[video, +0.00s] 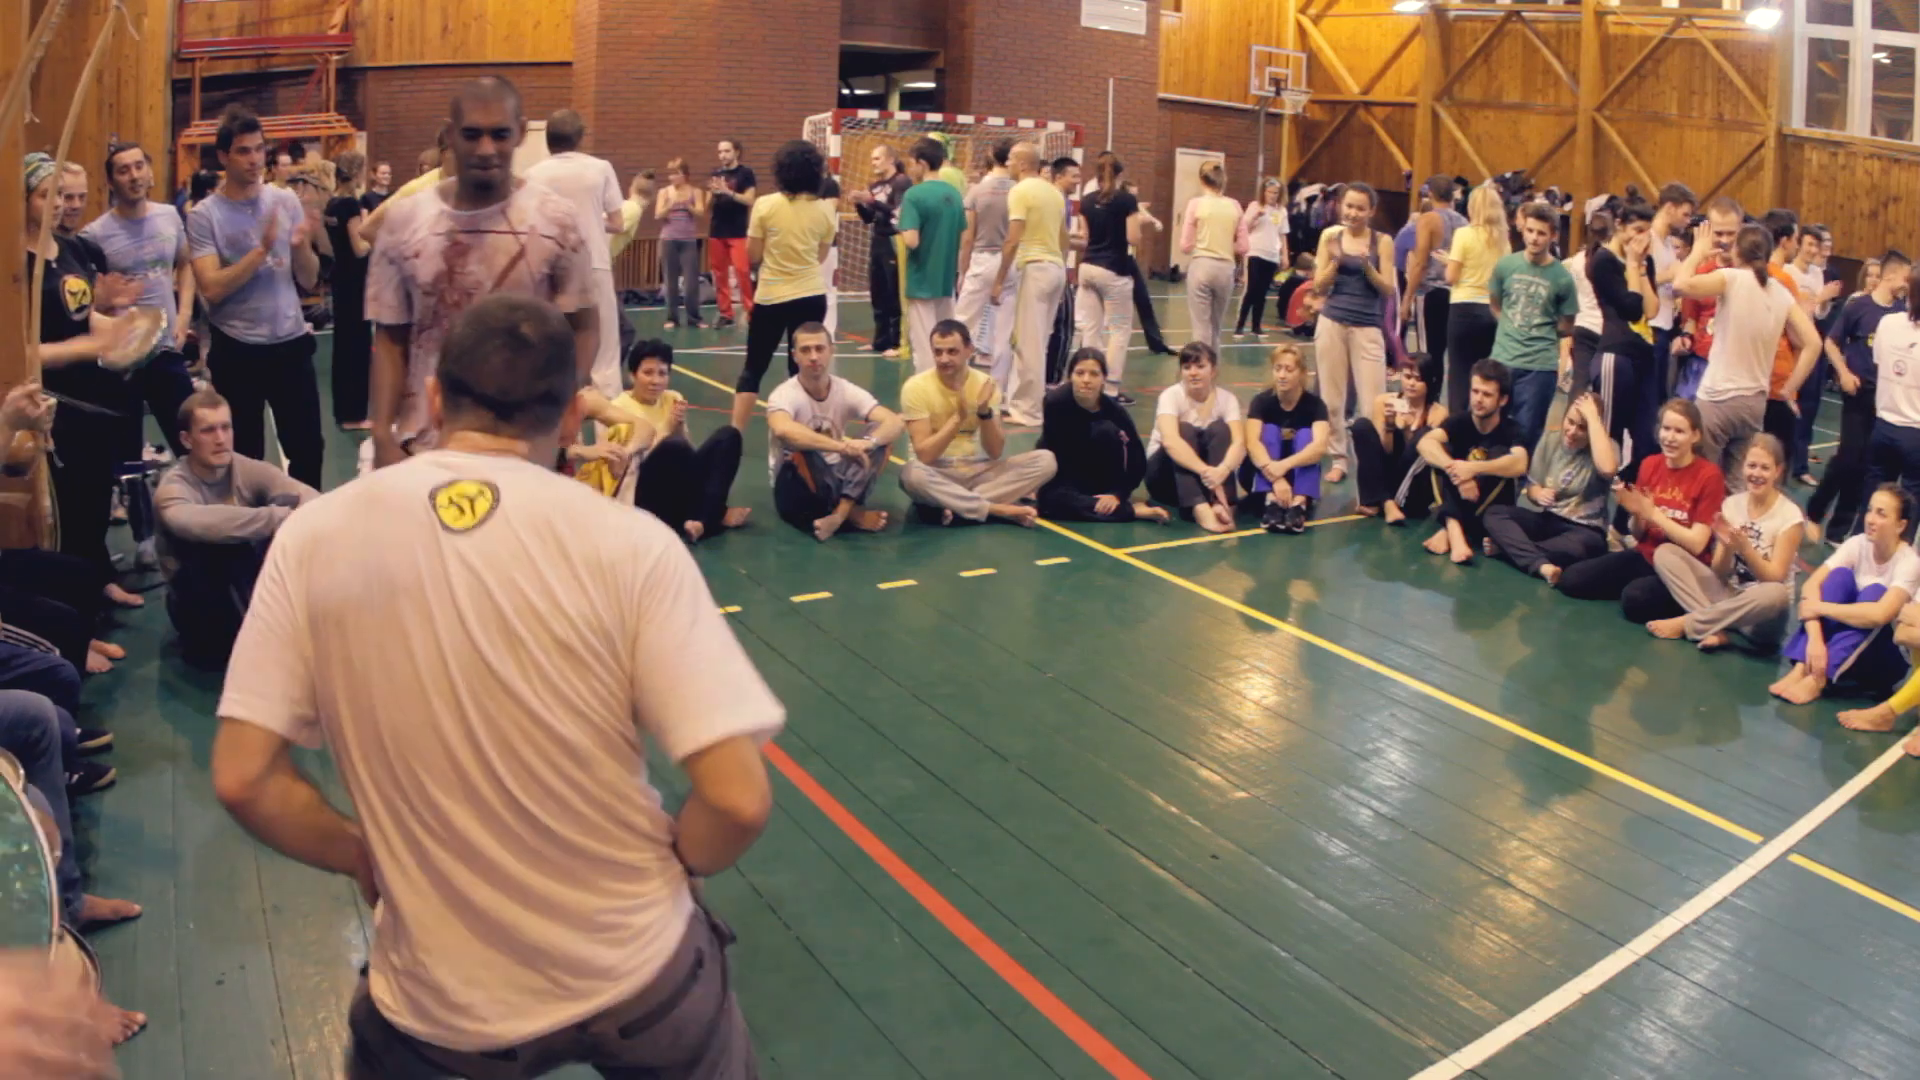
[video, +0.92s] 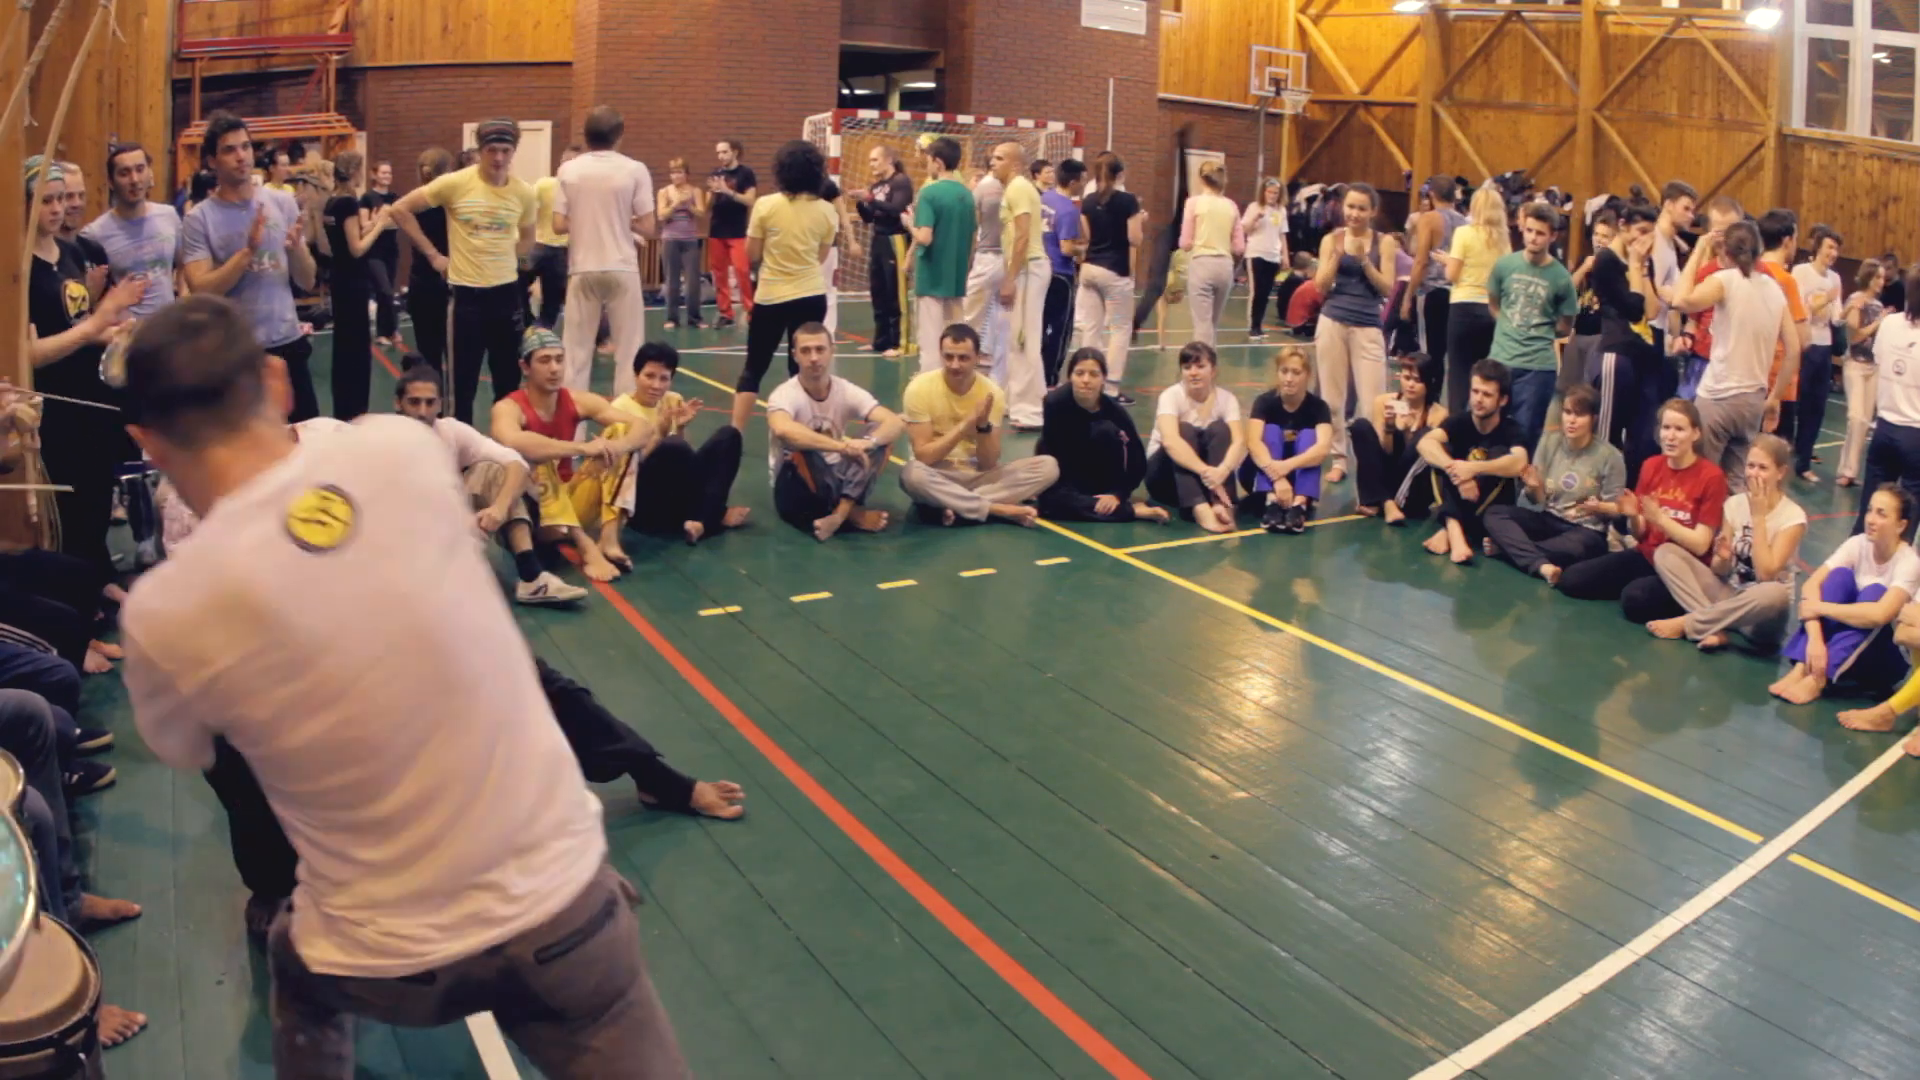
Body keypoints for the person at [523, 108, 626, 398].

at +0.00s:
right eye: (581, 136)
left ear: (548, 139)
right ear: (581, 138)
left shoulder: (535, 174)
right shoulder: (600, 168)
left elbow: (527, 222)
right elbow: (617, 223)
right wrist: (590, 219)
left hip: (551, 266)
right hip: (595, 267)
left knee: (551, 331)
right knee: (604, 330)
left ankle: (553, 397)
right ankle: (606, 391)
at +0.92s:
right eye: (618, 133)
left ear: (586, 135)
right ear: (619, 136)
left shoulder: (568, 170)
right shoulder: (635, 170)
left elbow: (559, 225)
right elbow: (648, 228)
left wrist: (586, 220)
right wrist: (621, 219)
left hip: (583, 268)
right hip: (621, 266)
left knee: (576, 351)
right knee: (629, 351)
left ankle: (571, 424)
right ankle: (625, 425)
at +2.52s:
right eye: (592, 134)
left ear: (559, 137)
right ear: (591, 137)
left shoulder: (543, 173)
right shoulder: (609, 170)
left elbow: (536, 230)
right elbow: (625, 227)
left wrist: (562, 225)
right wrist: (597, 226)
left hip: (559, 269)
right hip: (598, 267)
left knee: (559, 347)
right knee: (613, 345)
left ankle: (560, 414)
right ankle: (622, 413)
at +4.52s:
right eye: (629, 130)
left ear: (595, 134)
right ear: (629, 134)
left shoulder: (578, 172)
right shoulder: (647, 171)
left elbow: (572, 229)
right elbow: (661, 228)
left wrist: (598, 226)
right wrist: (631, 227)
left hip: (596, 271)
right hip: (636, 270)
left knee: (585, 354)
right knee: (636, 353)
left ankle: (579, 434)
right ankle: (632, 429)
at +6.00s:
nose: (602, 134)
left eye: (600, 129)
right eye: (598, 130)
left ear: (566, 140)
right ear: (589, 136)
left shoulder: (552, 175)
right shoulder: (608, 164)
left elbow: (551, 230)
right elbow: (625, 219)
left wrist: (573, 246)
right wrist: (608, 239)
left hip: (567, 263)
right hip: (603, 260)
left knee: (570, 342)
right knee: (616, 339)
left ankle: (571, 404)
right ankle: (617, 406)